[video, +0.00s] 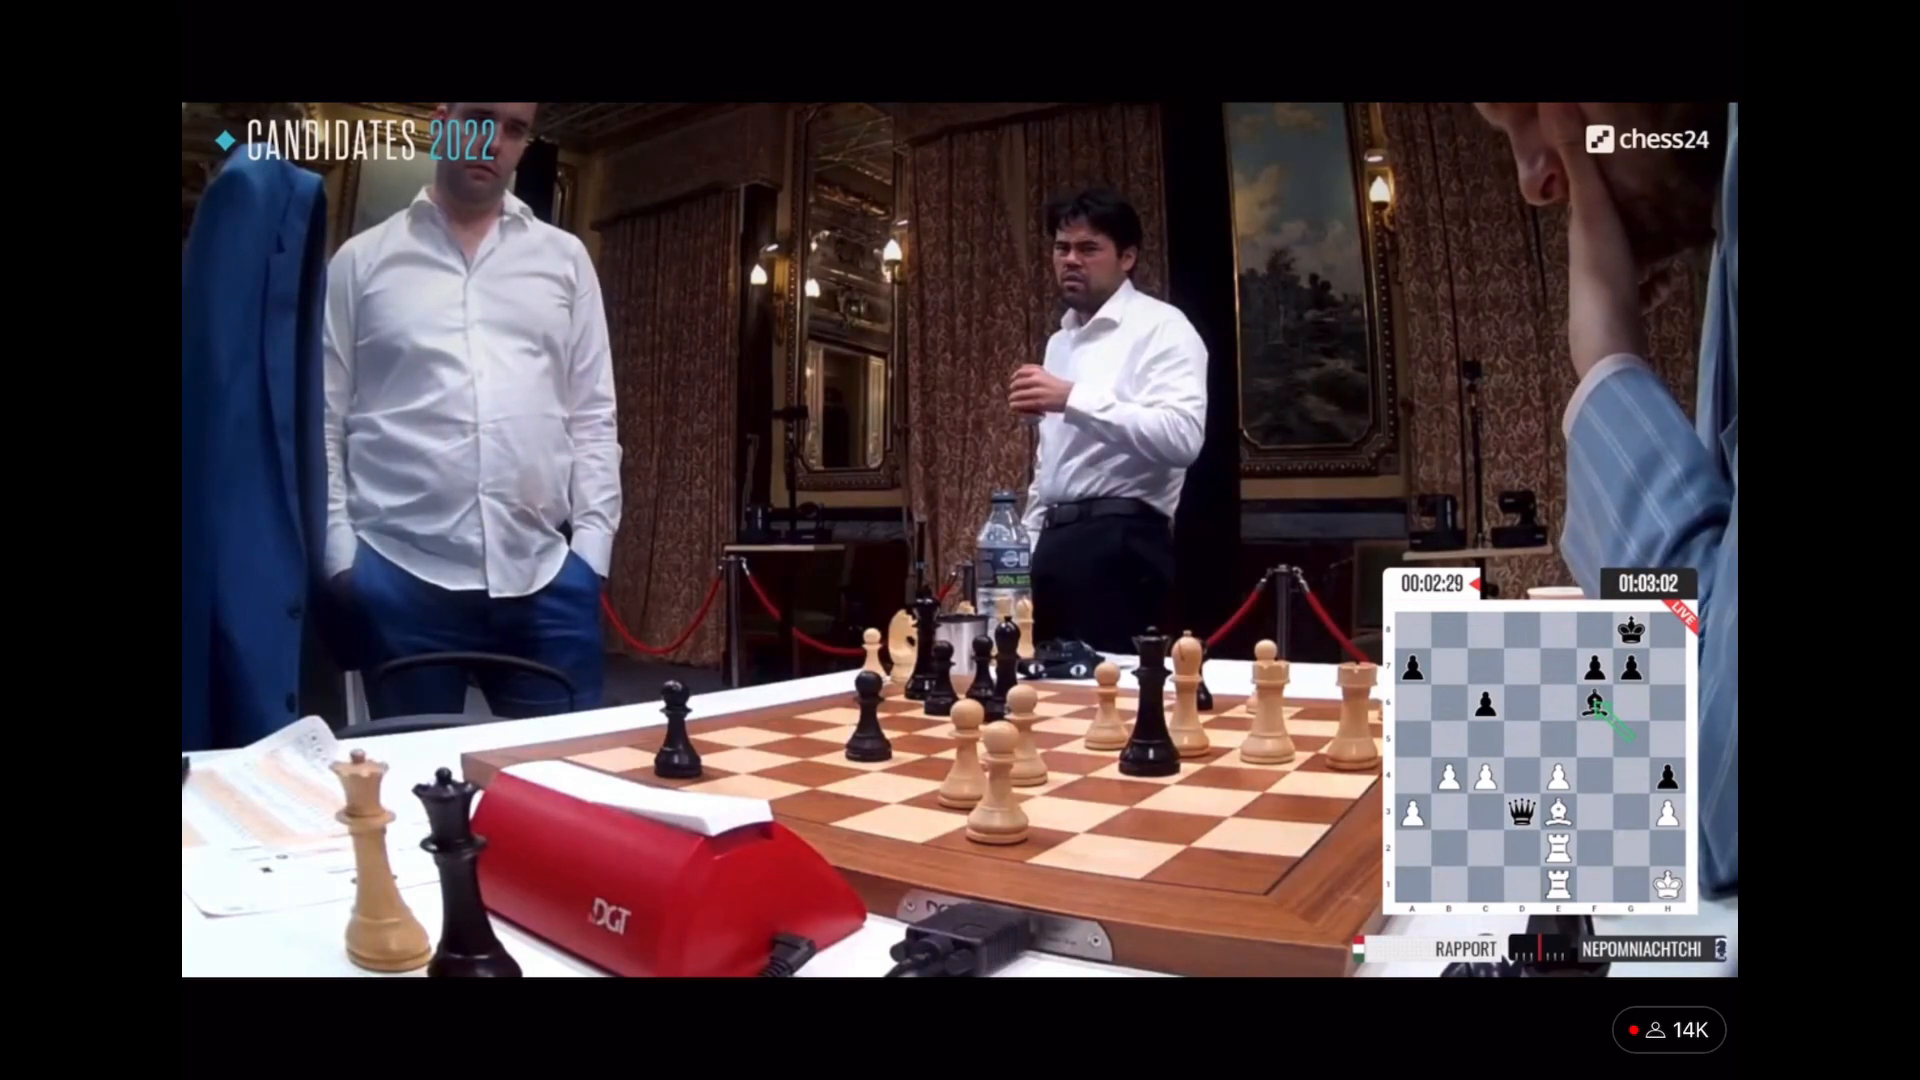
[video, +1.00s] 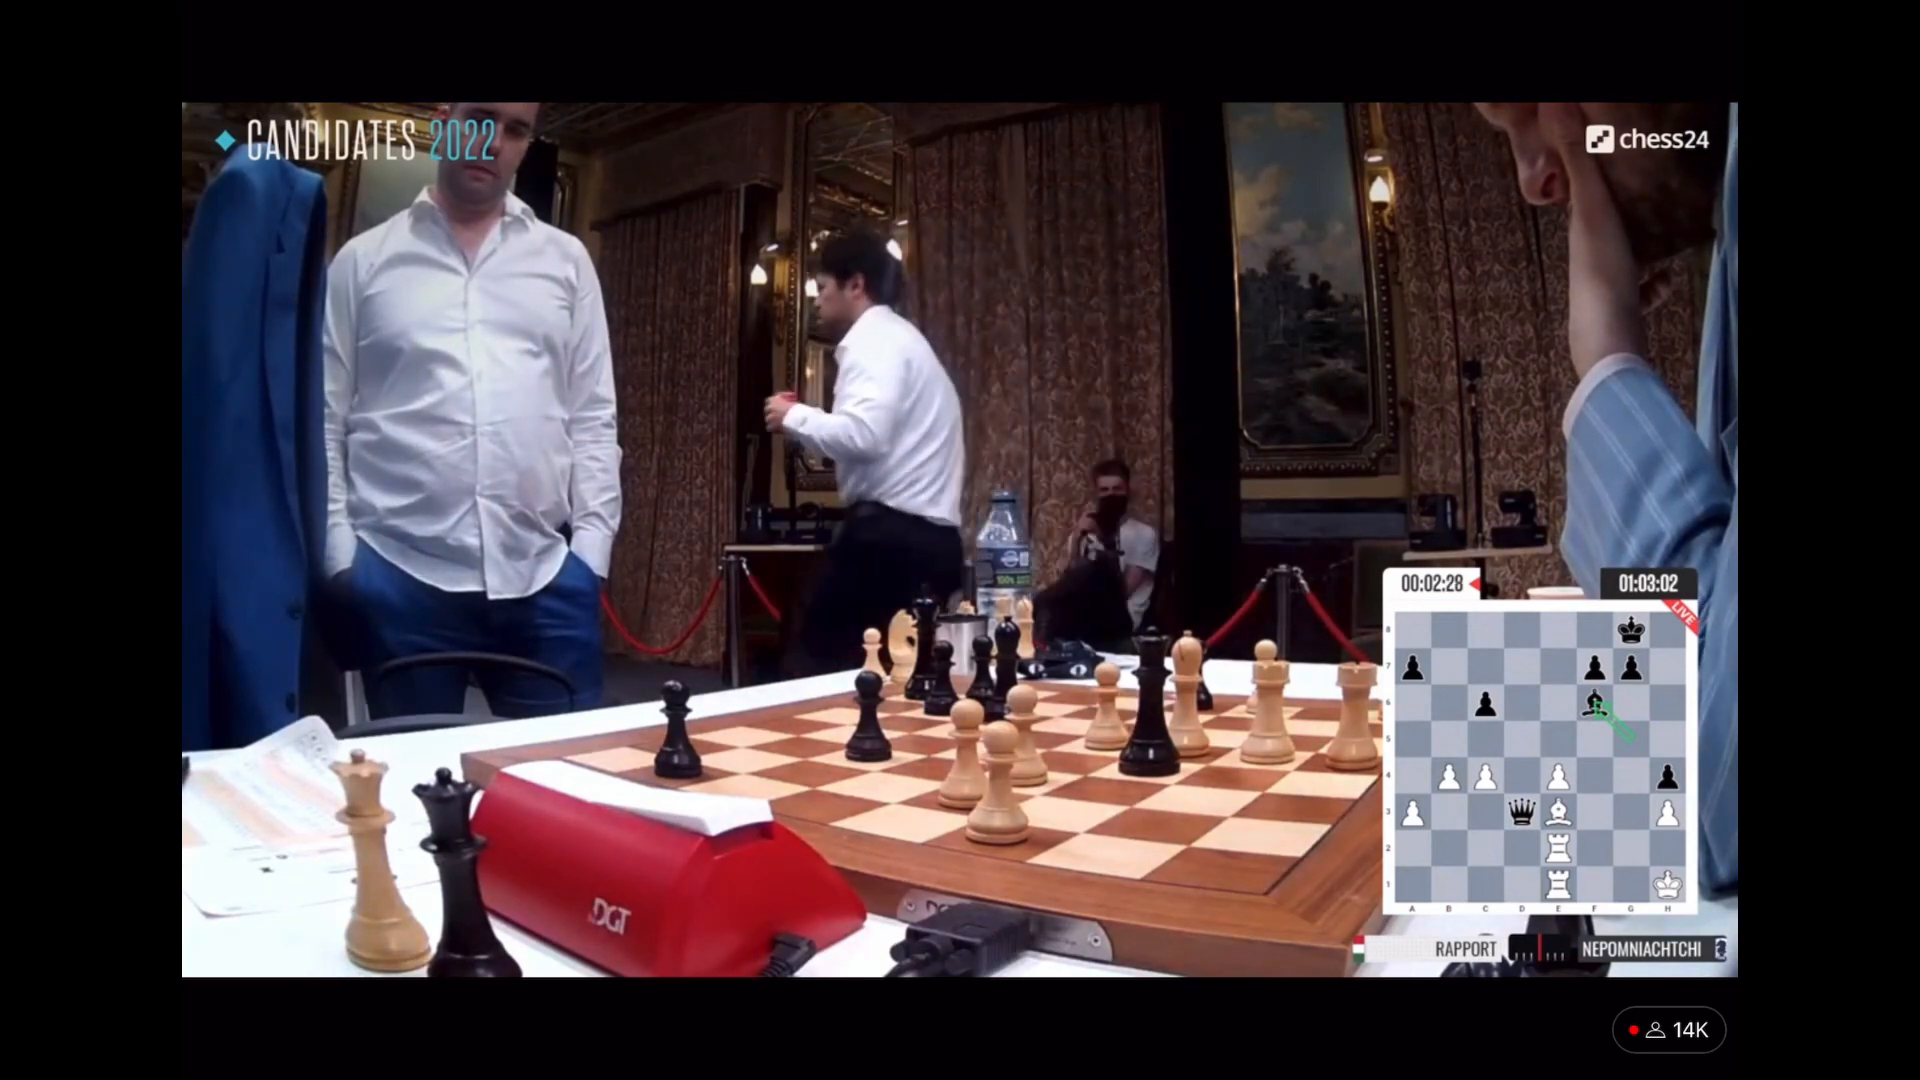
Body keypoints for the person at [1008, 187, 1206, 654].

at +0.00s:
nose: (1071, 261)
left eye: (1088, 248)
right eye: (1063, 248)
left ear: (1126, 258)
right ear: (1052, 254)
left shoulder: (1166, 329)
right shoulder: (1060, 344)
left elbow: (1181, 437)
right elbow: (1050, 461)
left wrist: (1072, 397)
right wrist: (1029, 539)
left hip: (1125, 536)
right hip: (1058, 535)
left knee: (1122, 696)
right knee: (1059, 696)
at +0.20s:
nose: (1061, 262)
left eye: (1079, 251)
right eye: (1055, 249)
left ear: (1119, 261)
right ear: (1045, 254)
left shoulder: (1155, 332)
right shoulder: (1054, 342)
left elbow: (1167, 442)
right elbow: (1051, 460)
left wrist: (1060, 400)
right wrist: (1030, 529)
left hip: (1118, 537)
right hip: (1055, 534)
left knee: (1118, 696)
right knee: (1060, 696)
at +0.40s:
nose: (1016, 266)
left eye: (1031, 253)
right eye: (1014, 254)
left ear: (1077, 261)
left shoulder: (1119, 333)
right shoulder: (1035, 338)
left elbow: (1125, 442)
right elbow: (1051, 445)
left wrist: (1018, 406)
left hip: (1092, 539)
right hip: (1040, 532)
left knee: (1092, 695)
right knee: (1044, 693)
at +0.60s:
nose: (953, 283)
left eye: (965, 269)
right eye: (954, 271)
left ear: (1011, 273)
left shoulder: (1055, 342)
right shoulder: (999, 349)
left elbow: (1044, 446)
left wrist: (951, 412)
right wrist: (948, 415)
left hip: (1045, 546)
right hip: (1002, 539)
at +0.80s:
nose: (883, 289)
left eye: (891, 275)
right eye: (883, 277)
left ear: (931, 275)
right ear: (929, 277)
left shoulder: (963, 337)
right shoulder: (947, 337)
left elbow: (956, 442)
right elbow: (945, 437)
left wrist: (872, 415)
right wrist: (873, 415)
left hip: (956, 532)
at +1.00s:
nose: (818, 301)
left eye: (824, 288)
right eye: (819, 289)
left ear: (856, 287)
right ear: (859, 288)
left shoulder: (876, 337)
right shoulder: (907, 339)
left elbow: (864, 435)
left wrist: (795, 417)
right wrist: (803, 422)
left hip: (887, 538)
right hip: (935, 543)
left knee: (817, 661)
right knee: (908, 676)